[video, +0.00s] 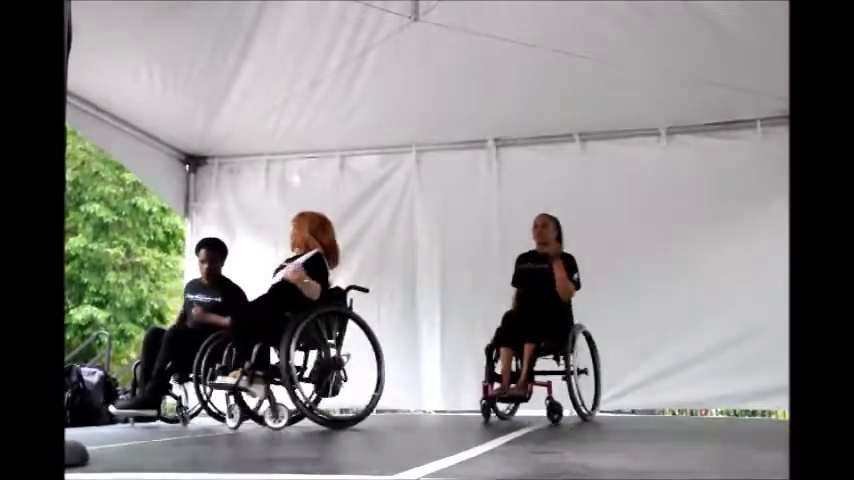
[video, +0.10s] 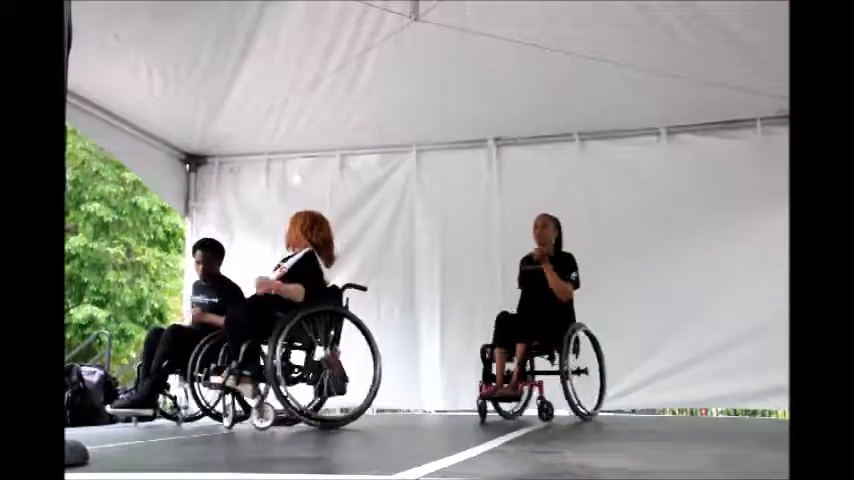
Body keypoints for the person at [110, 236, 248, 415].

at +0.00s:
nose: (207, 267)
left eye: (212, 262)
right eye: (203, 262)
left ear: (222, 262)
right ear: (197, 262)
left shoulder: (233, 292)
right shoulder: (192, 287)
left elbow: (238, 324)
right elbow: (184, 314)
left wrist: (207, 317)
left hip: (218, 350)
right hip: (192, 346)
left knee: (174, 335)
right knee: (154, 335)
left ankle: (153, 399)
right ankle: (144, 398)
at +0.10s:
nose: (199, 268)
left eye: (204, 263)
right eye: (197, 262)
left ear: (218, 262)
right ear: (194, 262)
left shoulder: (231, 290)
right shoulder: (198, 287)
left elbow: (237, 324)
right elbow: (198, 317)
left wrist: (207, 317)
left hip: (221, 351)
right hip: (199, 348)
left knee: (174, 332)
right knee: (155, 334)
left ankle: (147, 397)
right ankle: (141, 395)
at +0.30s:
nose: (195, 272)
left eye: (200, 267)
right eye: (192, 267)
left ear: (213, 266)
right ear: (189, 267)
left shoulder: (221, 289)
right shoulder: (215, 288)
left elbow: (221, 323)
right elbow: (216, 320)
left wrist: (196, 323)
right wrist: (198, 323)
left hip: (226, 348)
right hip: (220, 344)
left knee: (169, 337)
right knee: (168, 336)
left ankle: (146, 395)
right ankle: (150, 391)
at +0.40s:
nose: (195, 272)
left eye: (199, 267)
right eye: (192, 267)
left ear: (213, 266)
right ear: (190, 266)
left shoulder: (217, 292)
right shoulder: (225, 287)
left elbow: (206, 324)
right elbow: (208, 320)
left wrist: (187, 325)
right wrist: (191, 325)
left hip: (221, 349)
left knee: (168, 336)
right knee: (170, 337)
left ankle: (145, 394)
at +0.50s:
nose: (198, 272)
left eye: (203, 267)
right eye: (196, 267)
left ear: (218, 266)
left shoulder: (213, 293)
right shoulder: (241, 288)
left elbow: (190, 327)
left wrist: (186, 315)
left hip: (225, 362)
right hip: (248, 358)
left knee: (173, 337)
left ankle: (160, 396)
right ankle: (173, 396)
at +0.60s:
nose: (197, 271)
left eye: (200, 266)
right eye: (197, 266)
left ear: (210, 266)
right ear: (222, 265)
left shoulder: (211, 292)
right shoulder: (245, 287)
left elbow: (185, 325)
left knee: (178, 338)